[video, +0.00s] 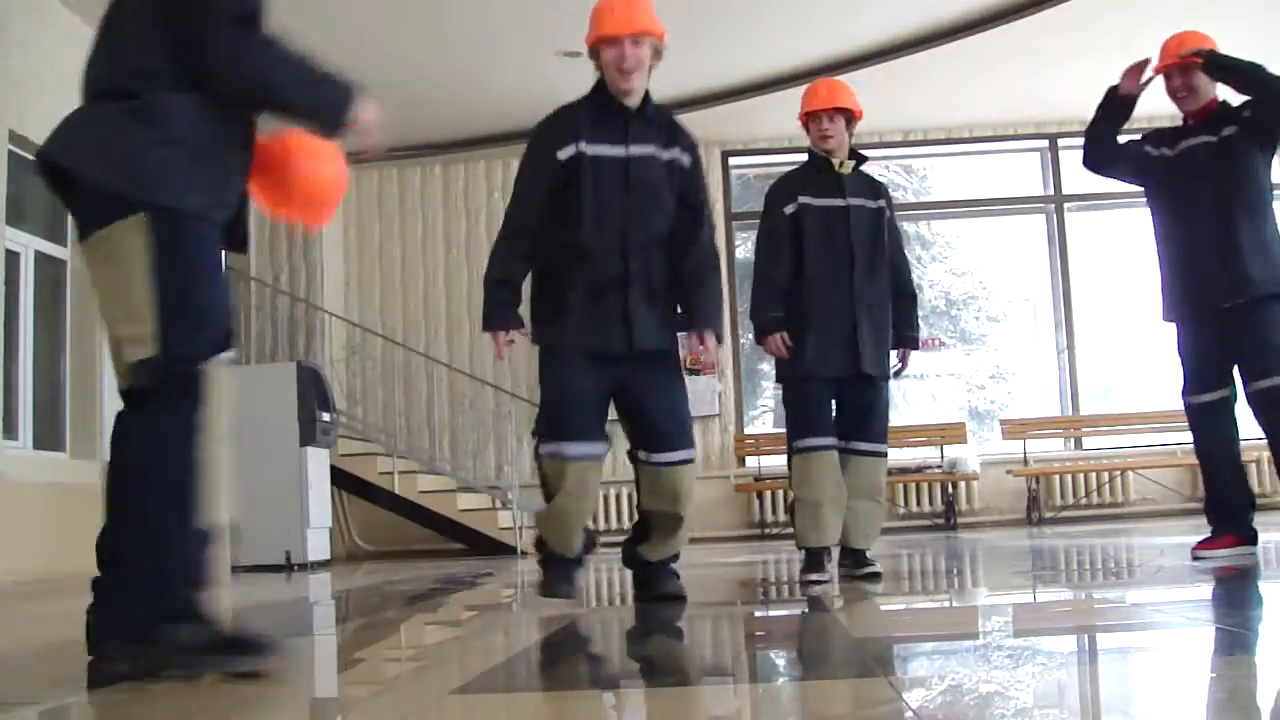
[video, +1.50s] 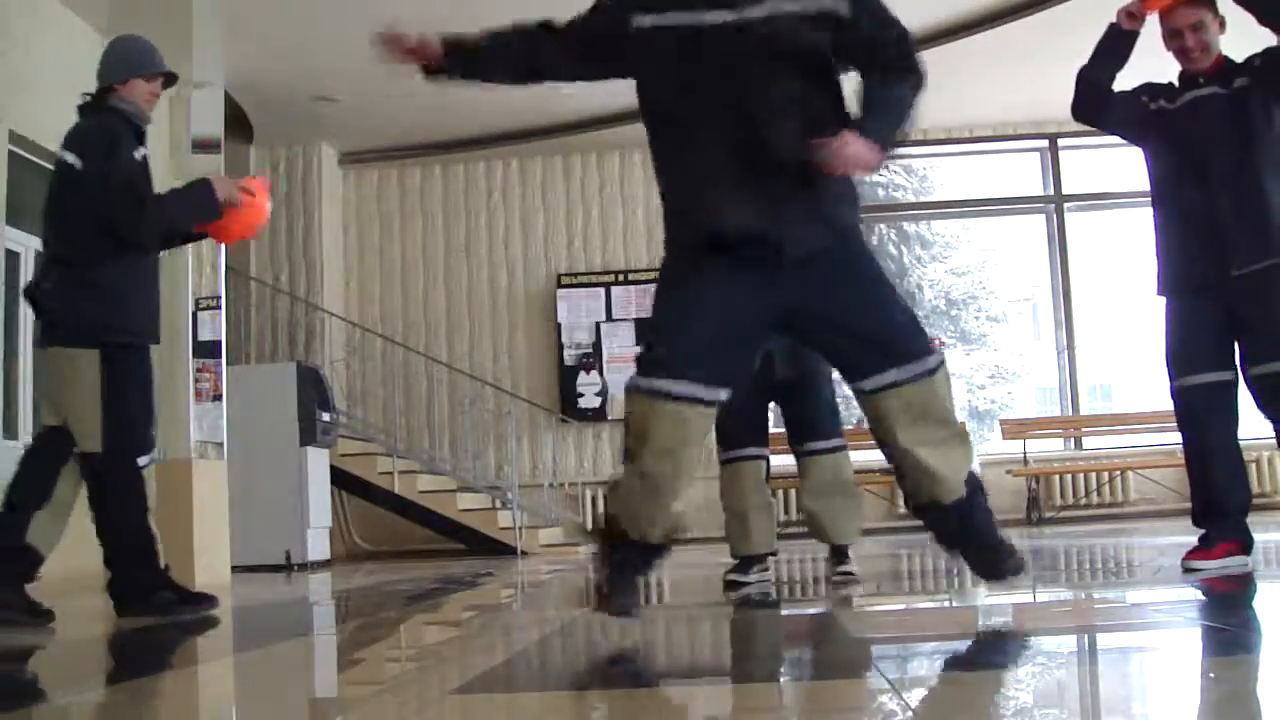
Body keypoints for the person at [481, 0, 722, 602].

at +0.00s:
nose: (627, 55)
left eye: (638, 42)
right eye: (614, 43)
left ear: (656, 50)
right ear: (595, 52)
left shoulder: (675, 141)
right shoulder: (559, 132)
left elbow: (696, 237)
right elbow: (521, 223)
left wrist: (703, 318)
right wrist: (502, 300)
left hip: (652, 329)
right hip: (572, 328)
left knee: (670, 464)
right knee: (571, 462)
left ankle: (655, 562)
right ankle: (562, 553)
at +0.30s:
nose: (585, 38)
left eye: (596, 24)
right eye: (571, 28)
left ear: (620, 29)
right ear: (557, 40)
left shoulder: (672, 108)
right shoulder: (540, 131)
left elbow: (709, 191)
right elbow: (516, 208)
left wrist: (689, 268)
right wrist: (476, 241)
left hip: (669, 310)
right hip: (590, 319)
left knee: (695, 444)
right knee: (613, 451)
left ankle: (670, 546)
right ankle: (623, 577)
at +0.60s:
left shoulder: (660, 21)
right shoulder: (539, 38)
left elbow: (705, 131)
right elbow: (460, 44)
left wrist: (734, 238)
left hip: (666, 249)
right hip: (588, 260)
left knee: (657, 398)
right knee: (594, 423)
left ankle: (699, 555)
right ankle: (650, 568)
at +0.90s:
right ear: (566, 4)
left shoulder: (676, 25)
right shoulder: (558, 69)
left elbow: (744, 108)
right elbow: (474, 93)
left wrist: (729, 211)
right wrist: (459, 5)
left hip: (682, 268)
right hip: (612, 284)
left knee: (602, 409)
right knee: (615, 435)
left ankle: (659, 597)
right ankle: (739, 530)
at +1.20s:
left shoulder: (701, 16)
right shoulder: (578, 87)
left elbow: (762, 131)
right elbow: (584, 200)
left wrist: (710, 224)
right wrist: (540, 294)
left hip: (764, 246)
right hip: (673, 268)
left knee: (825, 396)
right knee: (655, 427)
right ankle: (702, 577)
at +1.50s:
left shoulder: (821, 3)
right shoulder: (641, 17)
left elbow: (895, 59)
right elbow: (552, 49)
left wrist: (874, 133)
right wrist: (447, 56)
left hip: (821, 235)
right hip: (711, 246)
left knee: (906, 370)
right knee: (672, 399)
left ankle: (960, 515)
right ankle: (632, 550)